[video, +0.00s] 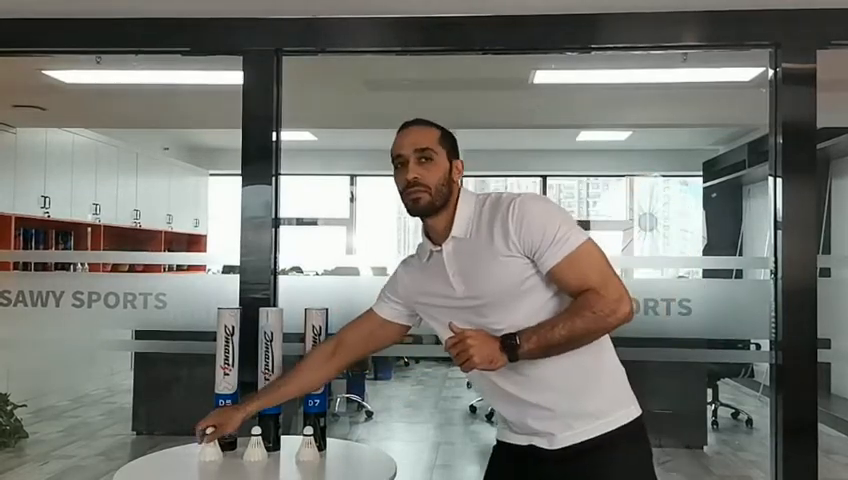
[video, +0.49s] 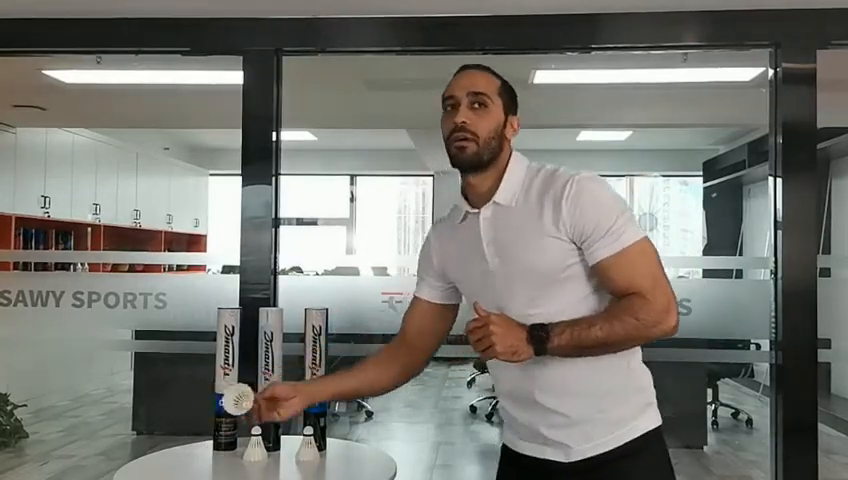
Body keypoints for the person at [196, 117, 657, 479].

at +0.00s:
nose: (411, 174)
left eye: (424, 159)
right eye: (400, 164)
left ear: (456, 168)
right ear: (394, 178)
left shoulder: (523, 215)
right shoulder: (412, 279)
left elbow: (612, 303)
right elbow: (335, 354)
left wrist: (509, 347)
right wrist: (246, 408)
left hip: (605, 439)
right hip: (520, 448)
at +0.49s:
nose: (459, 118)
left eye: (477, 104)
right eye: (450, 106)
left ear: (510, 124)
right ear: (442, 124)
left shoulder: (577, 197)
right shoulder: (445, 239)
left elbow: (656, 311)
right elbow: (409, 351)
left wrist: (534, 339)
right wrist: (307, 393)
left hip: (621, 448)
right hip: (525, 453)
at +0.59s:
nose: (498, 107)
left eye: (517, 95)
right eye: (487, 95)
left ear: (549, 119)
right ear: (476, 118)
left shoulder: (615, 202)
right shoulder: (466, 236)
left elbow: (691, 327)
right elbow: (435, 360)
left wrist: (568, 350)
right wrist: (352, 403)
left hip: (640, 461)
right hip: (535, 464)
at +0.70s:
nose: (547, 100)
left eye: (567, 87)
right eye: (532, 87)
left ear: (596, 112)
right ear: (517, 111)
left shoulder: (665, 207)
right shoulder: (497, 234)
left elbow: (739, 343)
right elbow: (470, 364)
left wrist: (617, 362)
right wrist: (395, 410)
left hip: (673, 463)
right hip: (562, 465)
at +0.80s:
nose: (595, 89)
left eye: (614, 75)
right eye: (577, 76)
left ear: (640, 99)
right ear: (556, 101)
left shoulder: (718, 200)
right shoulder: (530, 228)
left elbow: (796, 347)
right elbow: (502, 371)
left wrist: (674, 367)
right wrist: (445, 405)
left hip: (720, 467)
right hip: (599, 469)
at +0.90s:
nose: (633, 72)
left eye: (652, 56)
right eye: (612, 60)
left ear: (679, 84)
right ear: (589, 90)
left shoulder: (764, 189)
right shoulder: (556, 219)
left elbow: (840, 336)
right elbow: (530, 372)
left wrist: (732, 363)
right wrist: (486, 388)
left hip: (758, 466)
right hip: (625, 468)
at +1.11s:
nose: (683, 36)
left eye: (702, 16)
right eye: (657, 21)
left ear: (733, 41)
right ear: (629, 55)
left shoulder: (827, 161)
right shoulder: (595, 196)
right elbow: (565, 362)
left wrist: (805, 356)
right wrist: (527, 365)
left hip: (817, 466)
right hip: (669, 469)